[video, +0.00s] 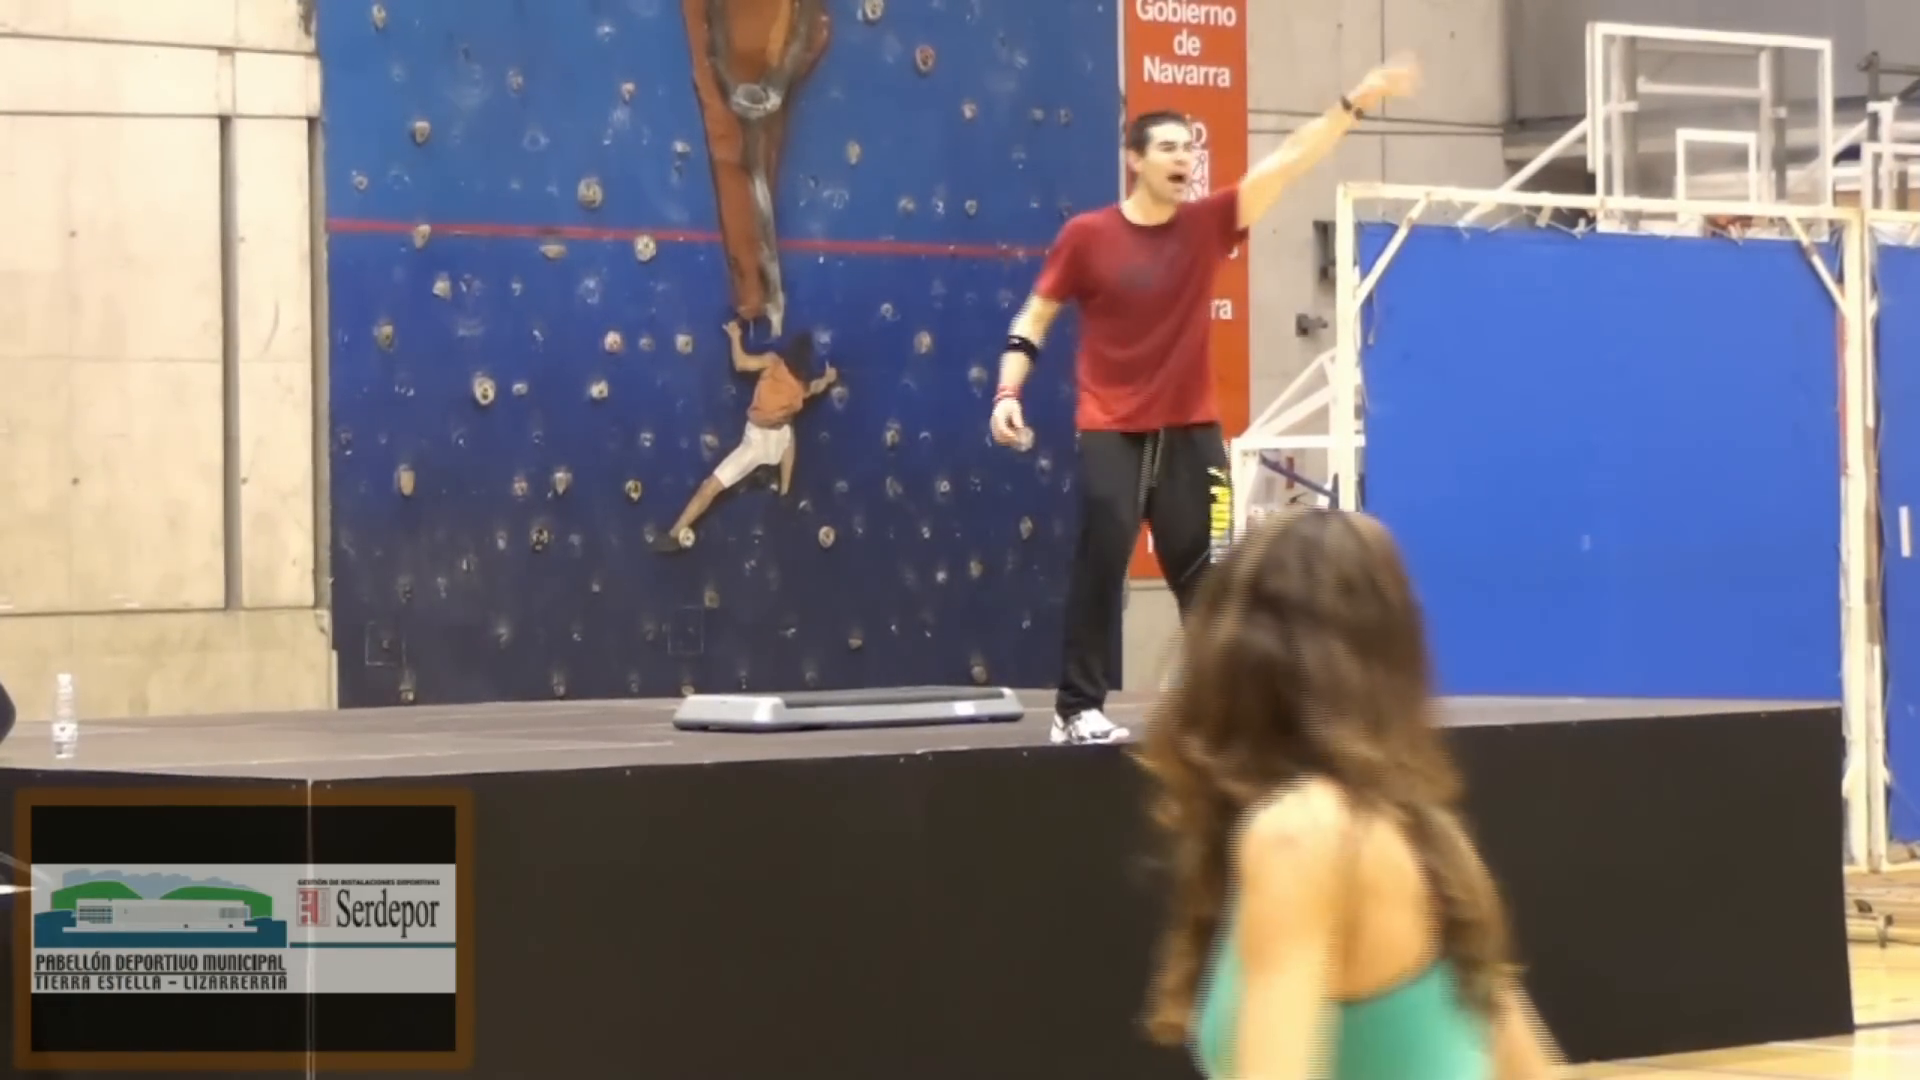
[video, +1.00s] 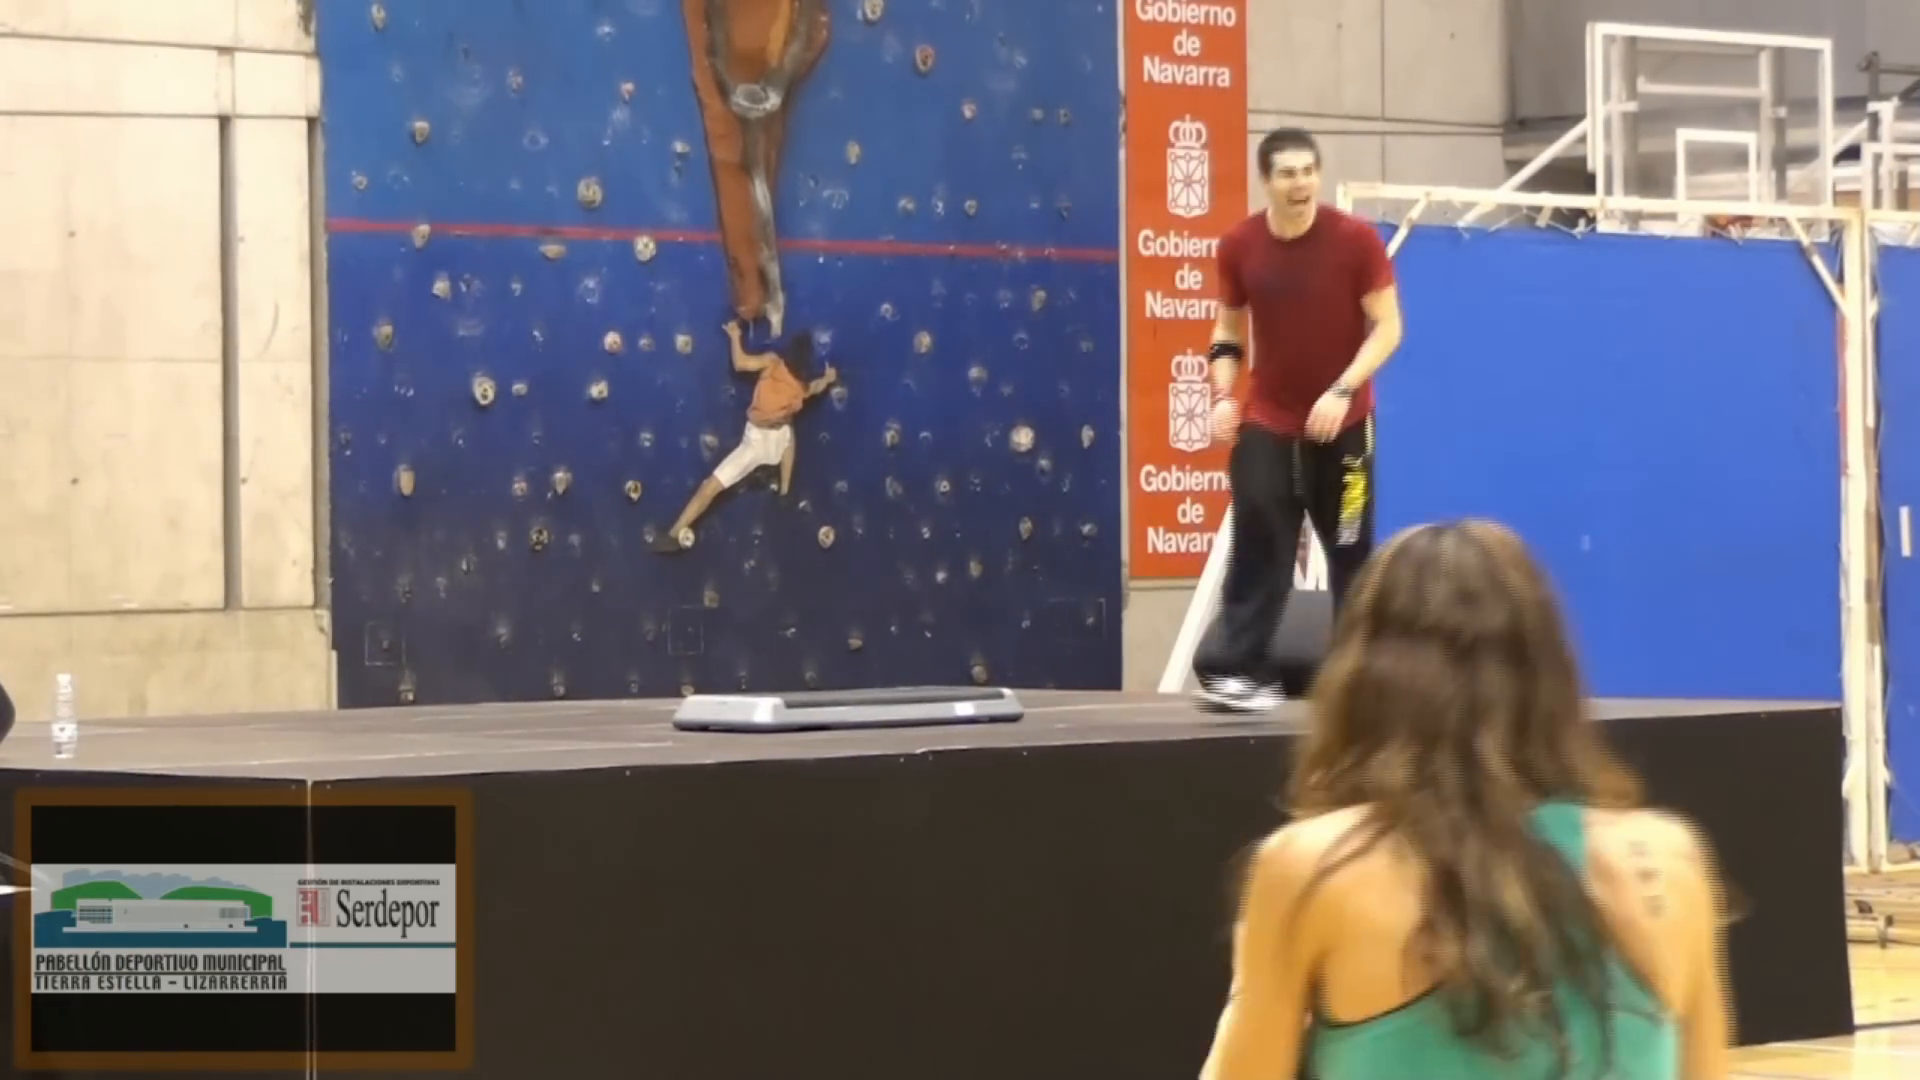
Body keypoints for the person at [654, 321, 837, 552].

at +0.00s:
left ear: (788, 351)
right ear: (807, 360)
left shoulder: (772, 362)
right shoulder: (802, 387)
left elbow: (741, 364)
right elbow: (817, 386)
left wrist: (735, 337)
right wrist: (829, 379)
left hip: (754, 443)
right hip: (778, 442)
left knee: (711, 485)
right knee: (788, 434)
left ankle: (676, 533)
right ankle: (784, 488)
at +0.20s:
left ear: (788, 351)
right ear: (808, 360)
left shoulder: (772, 362)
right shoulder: (802, 387)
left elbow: (741, 363)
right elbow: (816, 387)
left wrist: (735, 337)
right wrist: (829, 379)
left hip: (754, 442)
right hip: (778, 440)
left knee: (712, 484)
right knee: (788, 434)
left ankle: (676, 532)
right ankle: (784, 488)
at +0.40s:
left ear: (788, 351)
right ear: (808, 360)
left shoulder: (772, 362)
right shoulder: (802, 387)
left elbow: (741, 364)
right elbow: (816, 387)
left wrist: (735, 337)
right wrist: (829, 379)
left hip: (754, 442)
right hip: (779, 441)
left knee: (713, 484)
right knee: (789, 434)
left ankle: (676, 532)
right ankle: (785, 488)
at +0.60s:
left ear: (788, 351)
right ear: (808, 360)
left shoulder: (772, 362)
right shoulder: (802, 387)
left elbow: (740, 364)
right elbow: (817, 387)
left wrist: (735, 337)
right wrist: (829, 379)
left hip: (754, 443)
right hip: (778, 441)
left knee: (712, 484)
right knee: (788, 434)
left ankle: (677, 532)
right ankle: (784, 488)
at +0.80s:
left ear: (788, 352)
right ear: (807, 361)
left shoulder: (772, 362)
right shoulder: (802, 387)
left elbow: (740, 364)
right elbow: (816, 387)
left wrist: (735, 337)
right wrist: (829, 379)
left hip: (755, 443)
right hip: (779, 441)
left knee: (711, 485)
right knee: (788, 434)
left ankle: (676, 532)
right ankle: (784, 488)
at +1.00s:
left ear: (788, 352)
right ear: (807, 360)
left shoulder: (772, 361)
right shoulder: (802, 387)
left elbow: (740, 364)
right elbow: (816, 387)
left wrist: (734, 337)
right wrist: (828, 379)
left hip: (755, 442)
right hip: (779, 440)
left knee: (713, 484)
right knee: (788, 434)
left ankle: (676, 532)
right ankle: (784, 487)